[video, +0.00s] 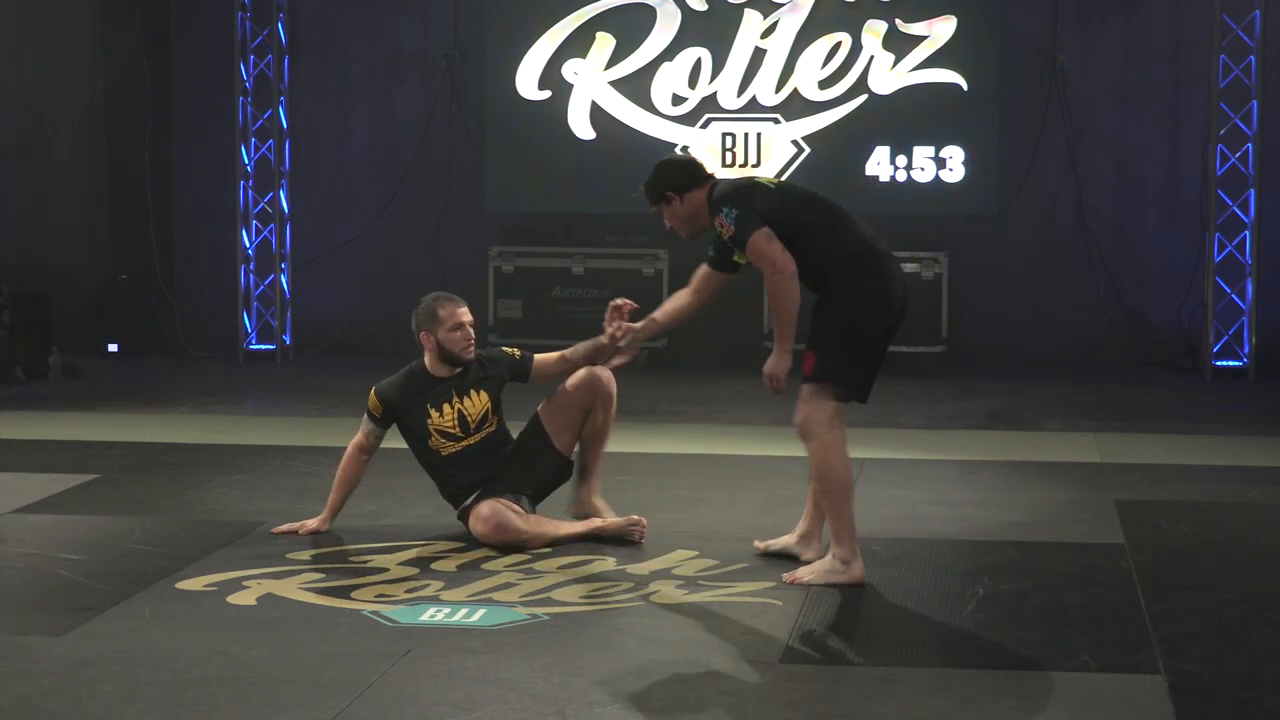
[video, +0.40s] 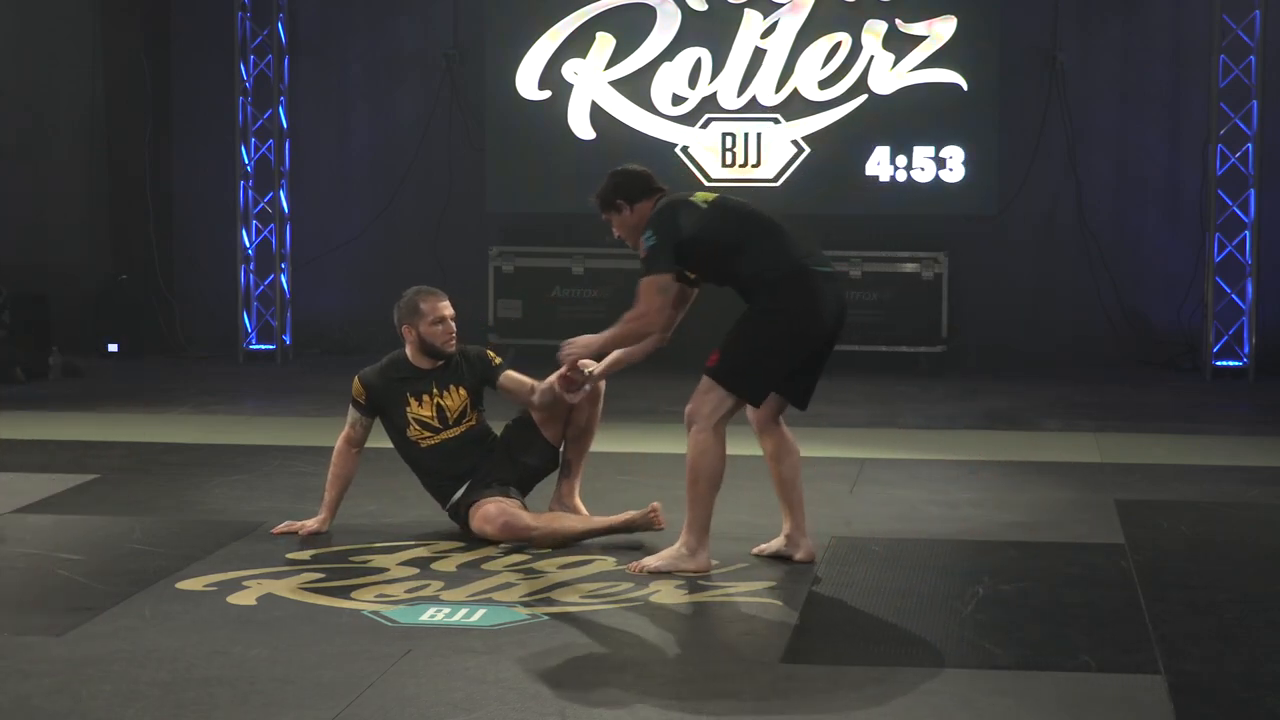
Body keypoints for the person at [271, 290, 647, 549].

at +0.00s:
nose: (471, 335)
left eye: (471, 326)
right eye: (459, 329)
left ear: (472, 328)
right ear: (428, 338)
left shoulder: (490, 362)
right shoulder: (394, 395)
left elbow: (563, 361)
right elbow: (360, 451)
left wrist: (608, 342)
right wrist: (325, 517)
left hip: (520, 465)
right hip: (482, 496)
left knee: (595, 382)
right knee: (491, 526)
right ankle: (591, 529)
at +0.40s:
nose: (452, 329)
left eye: (452, 320)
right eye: (441, 324)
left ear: (451, 321)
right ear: (410, 330)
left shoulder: (470, 358)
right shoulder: (375, 383)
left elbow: (535, 394)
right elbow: (349, 446)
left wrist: (564, 382)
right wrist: (324, 517)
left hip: (503, 455)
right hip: (467, 491)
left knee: (585, 383)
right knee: (501, 524)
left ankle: (566, 496)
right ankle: (620, 523)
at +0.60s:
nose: (451, 335)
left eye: (451, 325)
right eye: (440, 329)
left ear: (450, 325)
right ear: (408, 337)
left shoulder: (467, 362)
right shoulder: (374, 388)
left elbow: (522, 411)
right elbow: (347, 448)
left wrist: (555, 414)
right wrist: (323, 518)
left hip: (502, 449)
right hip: (472, 493)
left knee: (570, 381)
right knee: (551, 511)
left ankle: (563, 503)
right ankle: (678, 510)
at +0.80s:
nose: (457, 338)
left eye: (457, 329)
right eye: (445, 333)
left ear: (455, 330)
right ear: (415, 344)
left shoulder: (475, 365)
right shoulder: (387, 396)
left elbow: (548, 387)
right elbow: (343, 448)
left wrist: (603, 374)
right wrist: (324, 517)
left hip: (511, 453)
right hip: (486, 496)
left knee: (578, 388)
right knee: (583, 478)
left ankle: (564, 506)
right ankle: (697, 468)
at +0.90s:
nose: (461, 335)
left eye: (459, 326)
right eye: (449, 330)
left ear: (455, 331)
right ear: (418, 342)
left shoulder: (478, 358)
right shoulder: (392, 396)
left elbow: (548, 336)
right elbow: (346, 447)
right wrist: (361, 510)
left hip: (518, 448)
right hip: (492, 493)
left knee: (574, 391)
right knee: (590, 454)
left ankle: (586, 509)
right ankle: (711, 428)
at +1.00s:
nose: (457, 337)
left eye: (453, 329)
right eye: (444, 335)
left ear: (455, 331)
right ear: (417, 355)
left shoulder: (472, 353)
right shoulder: (405, 415)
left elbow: (531, 320)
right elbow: (376, 491)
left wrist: (574, 271)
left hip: (520, 460)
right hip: (499, 500)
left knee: (574, 359)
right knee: (575, 433)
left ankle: (591, 492)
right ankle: (694, 411)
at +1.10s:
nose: (439, 349)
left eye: (435, 343)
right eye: (427, 346)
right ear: (400, 363)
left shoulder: (449, 369)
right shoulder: (401, 431)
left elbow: (504, 330)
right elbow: (410, 511)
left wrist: (541, 280)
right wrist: (440, 532)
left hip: (518, 464)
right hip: (513, 500)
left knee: (539, 354)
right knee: (548, 394)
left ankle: (599, 467)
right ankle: (647, 398)